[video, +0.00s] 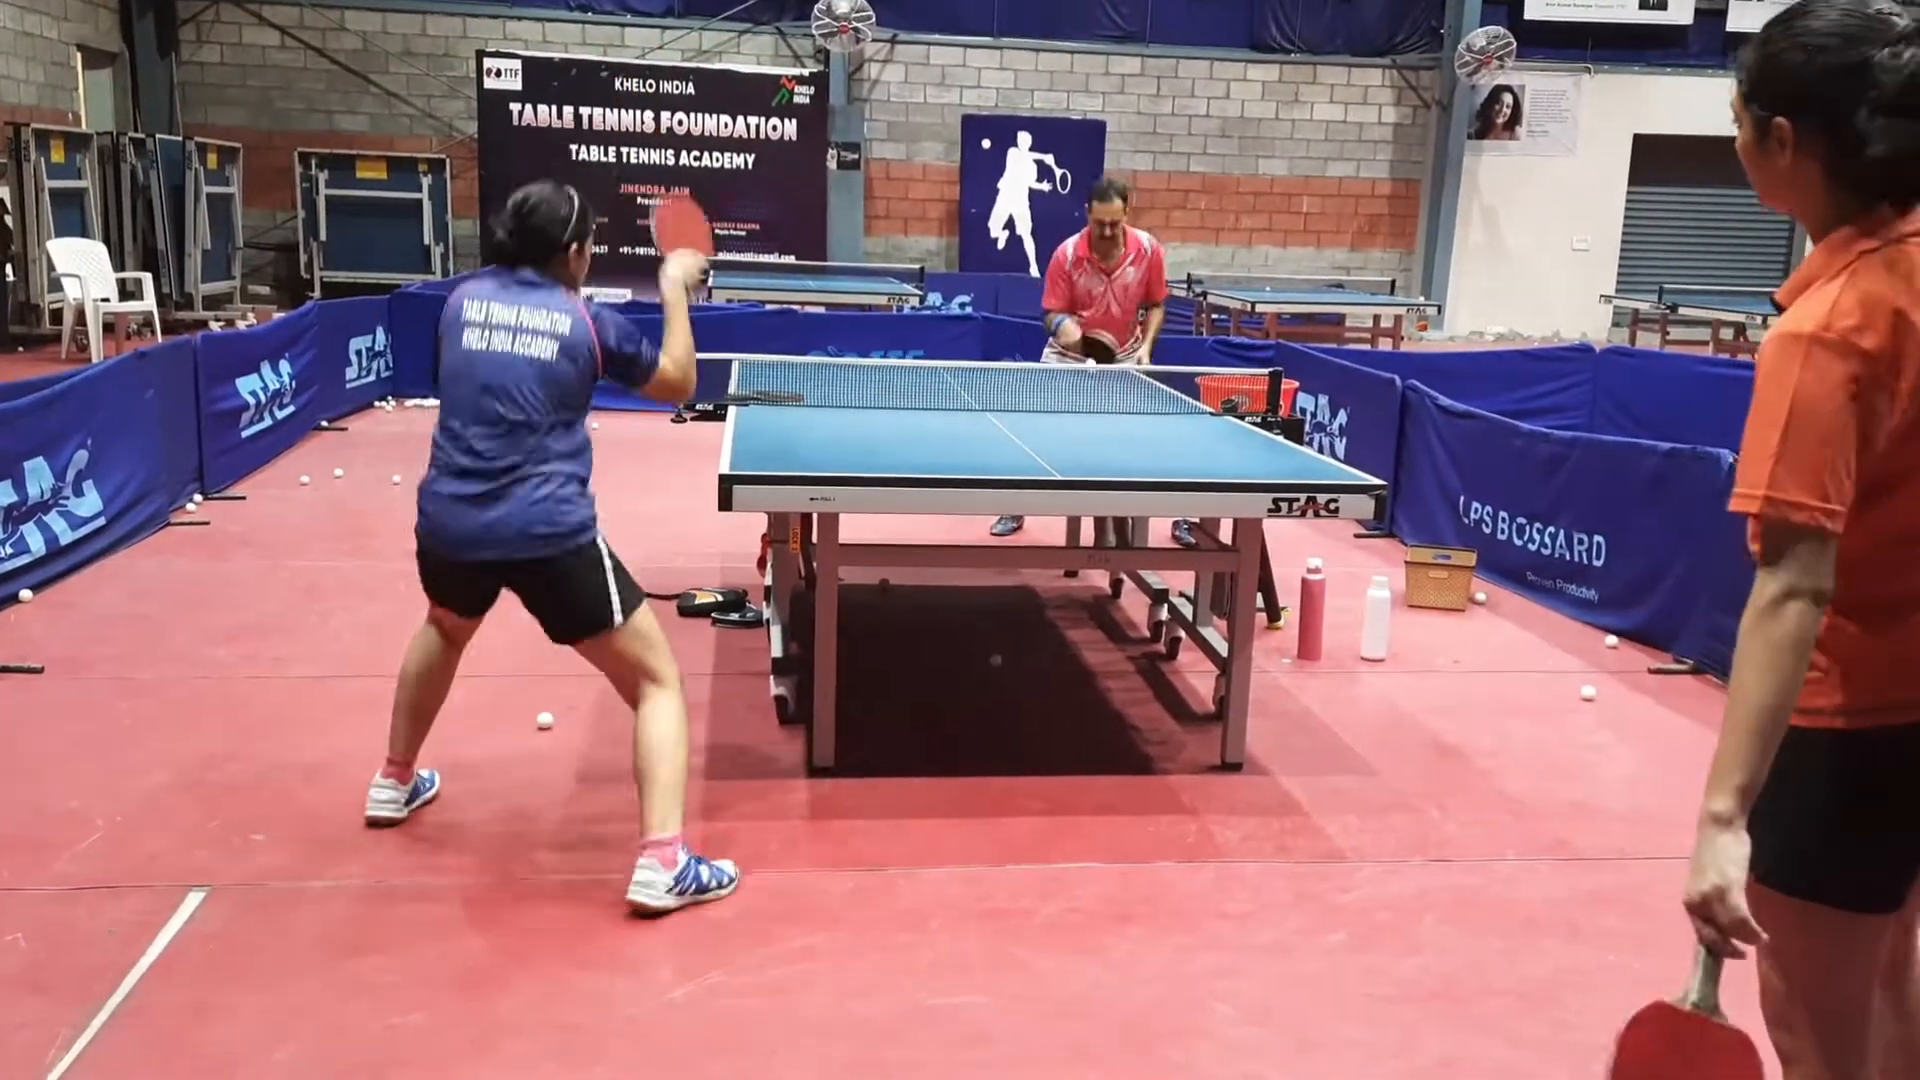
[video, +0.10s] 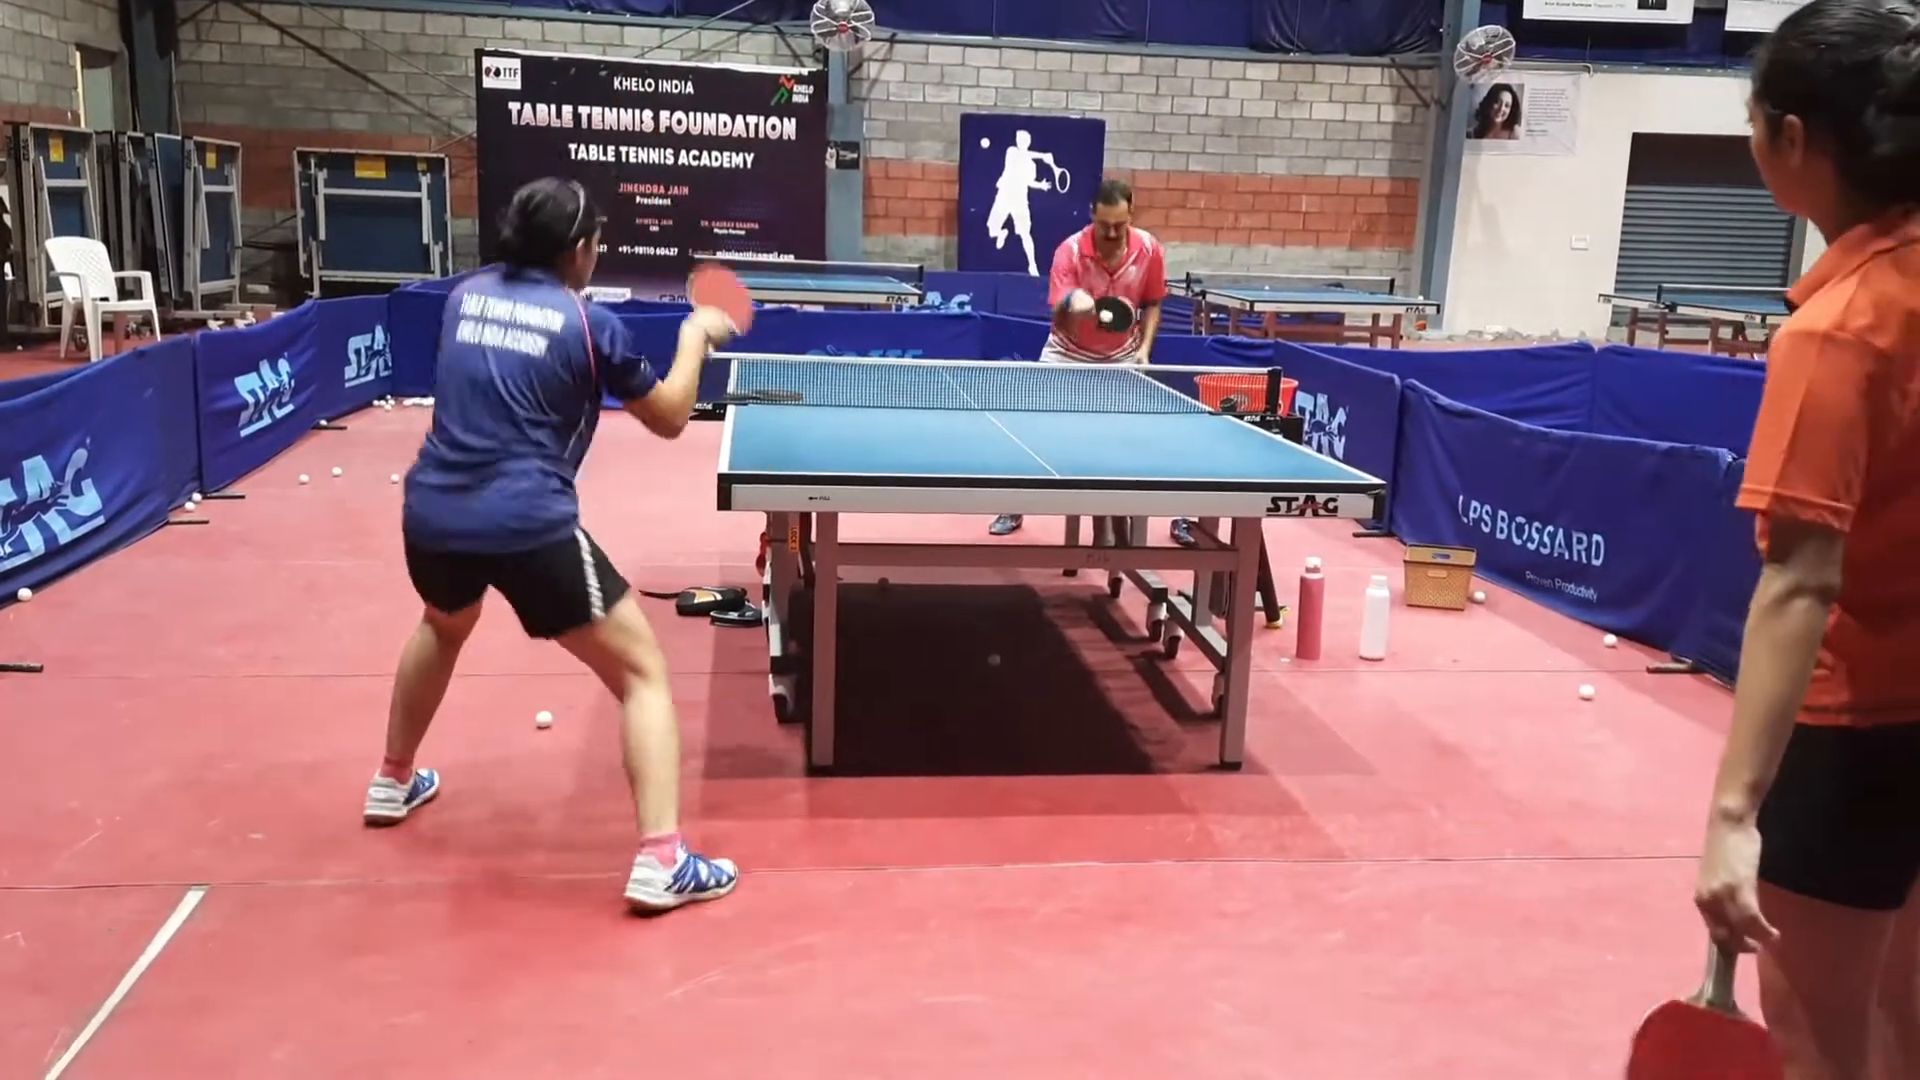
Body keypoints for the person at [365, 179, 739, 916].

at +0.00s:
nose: (589, 253)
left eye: (586, 241)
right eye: (586, 243)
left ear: (508, 243)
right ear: (571, 252)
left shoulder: (459, 301)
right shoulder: (587, 322)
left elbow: (462, 378)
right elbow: (678, 382)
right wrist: (674, 285)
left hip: (451, 528)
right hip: (550, 535)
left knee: (444, 628)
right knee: (654, 679)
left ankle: (392, 781)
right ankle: (664, 857)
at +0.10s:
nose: (595, 250)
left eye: (593, 237)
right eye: (592, 239)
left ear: (516, 238)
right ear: (576, 248)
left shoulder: (463, 297)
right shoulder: (590, 324)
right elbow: (668, 416)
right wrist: (696, 333)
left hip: (433, 517)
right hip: (530, 527)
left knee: (443, 623)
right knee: (640, 675)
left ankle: (391, 779)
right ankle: (662, 854)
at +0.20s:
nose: (623, 209)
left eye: (622, 197)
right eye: (619, 197)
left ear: (542, 195)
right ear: (596, 206)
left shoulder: (498, 244)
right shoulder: (594, 296)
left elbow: (533, 326)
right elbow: (628, 417)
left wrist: (615, 333)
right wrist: (701, 391)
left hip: (411, 472)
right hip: (500, 483)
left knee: (436, 615)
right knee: (598, 645)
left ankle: (390, 776)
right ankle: (643, 840)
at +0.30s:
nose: (647, 204)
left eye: (646, 190)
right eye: (642, 192)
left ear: (577, 192)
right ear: (617, 202)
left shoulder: (533, 233)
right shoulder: (586, 285)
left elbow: (555, 344)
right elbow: (570, 418)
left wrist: (644, 358)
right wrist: (661, 443)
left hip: (404, 447)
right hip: (471, 467)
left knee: (439, 608)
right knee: (578, 638)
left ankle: (375, 757)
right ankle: (556, 842)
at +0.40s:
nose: (662, 245)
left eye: (660, 231)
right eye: (657, 233)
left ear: (595, 234)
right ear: (628, 245)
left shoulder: (558, 272)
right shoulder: (565, 319)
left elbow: (573, 381)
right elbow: (514, 447)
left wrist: (663, 411)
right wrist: (609, 507)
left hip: (418, 470)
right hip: (450, 491)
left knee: (456, 621)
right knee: (571, 651)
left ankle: (353, 751)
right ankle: (537, 851)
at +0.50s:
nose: (660, 312)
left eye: (660, 299)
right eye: (656, 299)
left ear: (605, 299)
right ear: (626, 305)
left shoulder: (602, 362)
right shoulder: (532, 370)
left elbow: (603, 445)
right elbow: (465, 491)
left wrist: (655, 474)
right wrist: (552, 570)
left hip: (460, 513)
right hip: (428, 520)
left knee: (466, 655)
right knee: (571, 658)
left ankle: (339, 760)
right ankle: (536, 852)